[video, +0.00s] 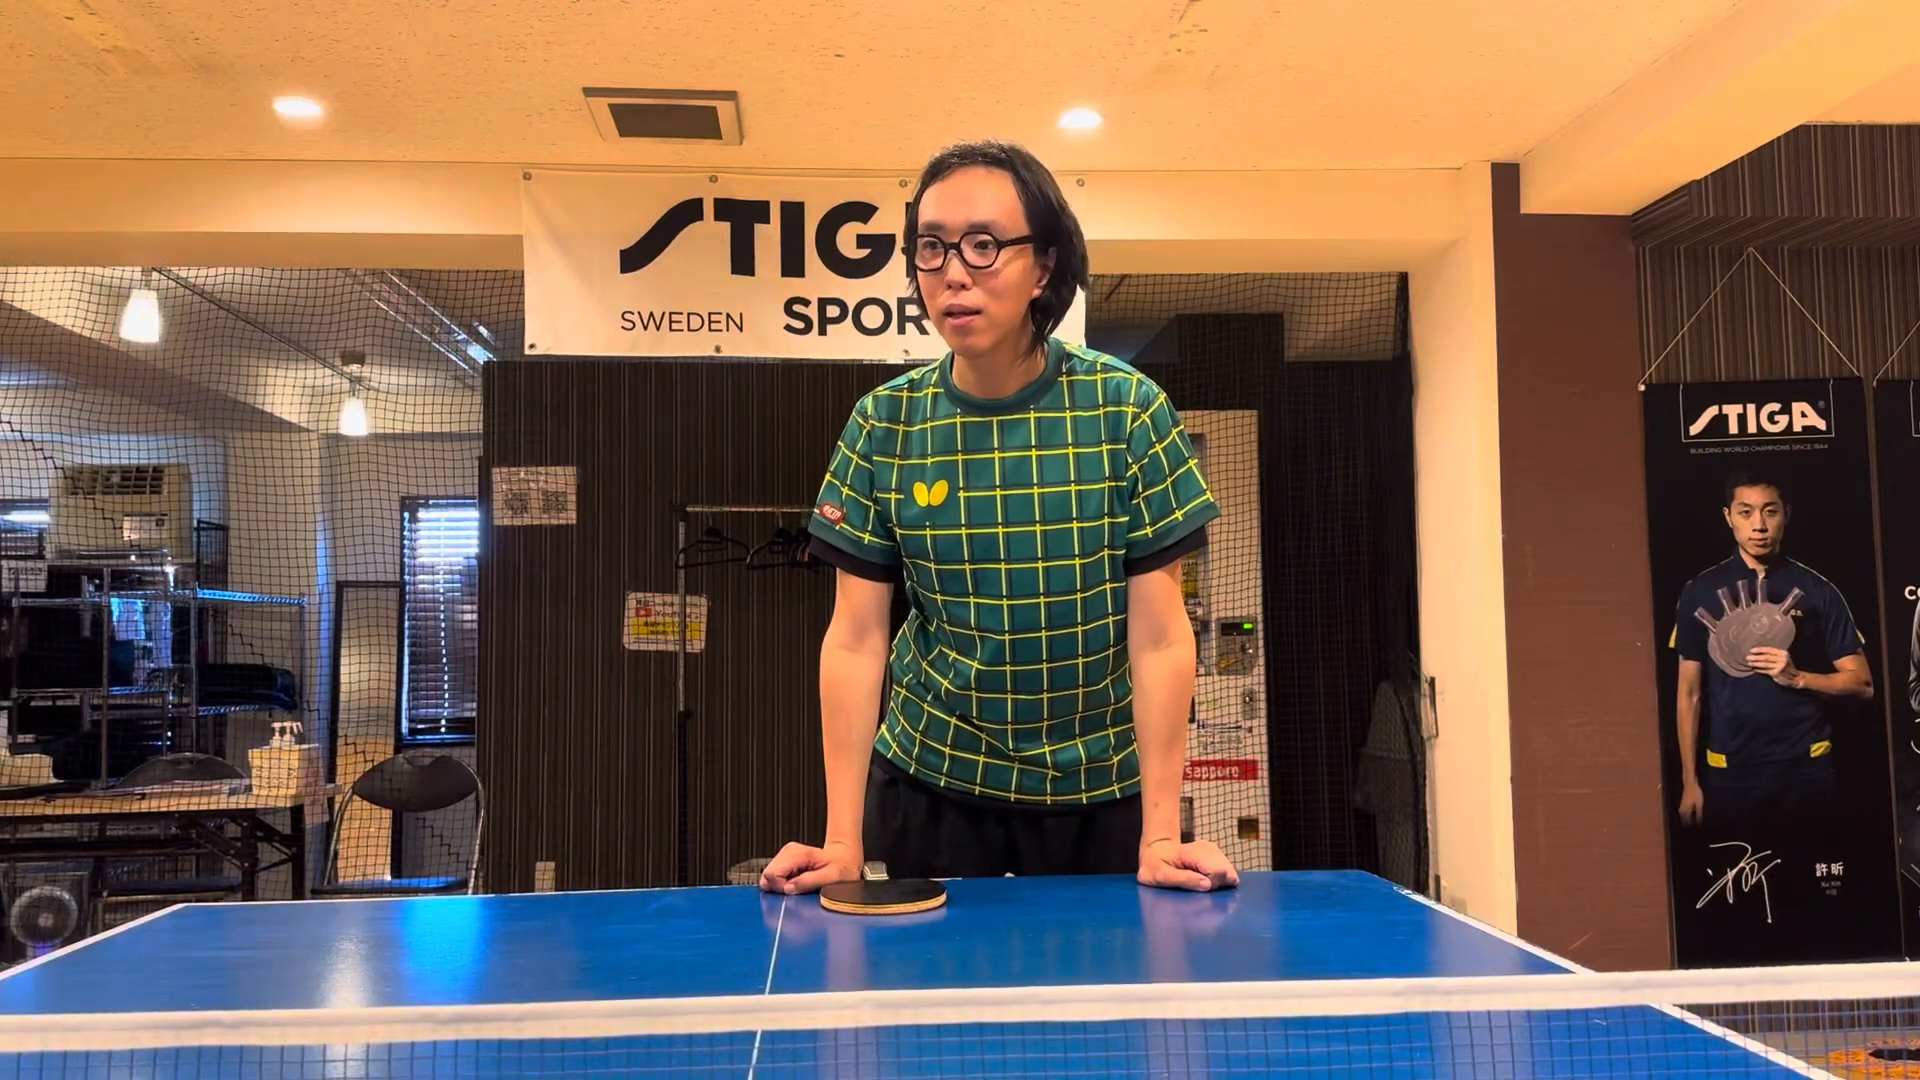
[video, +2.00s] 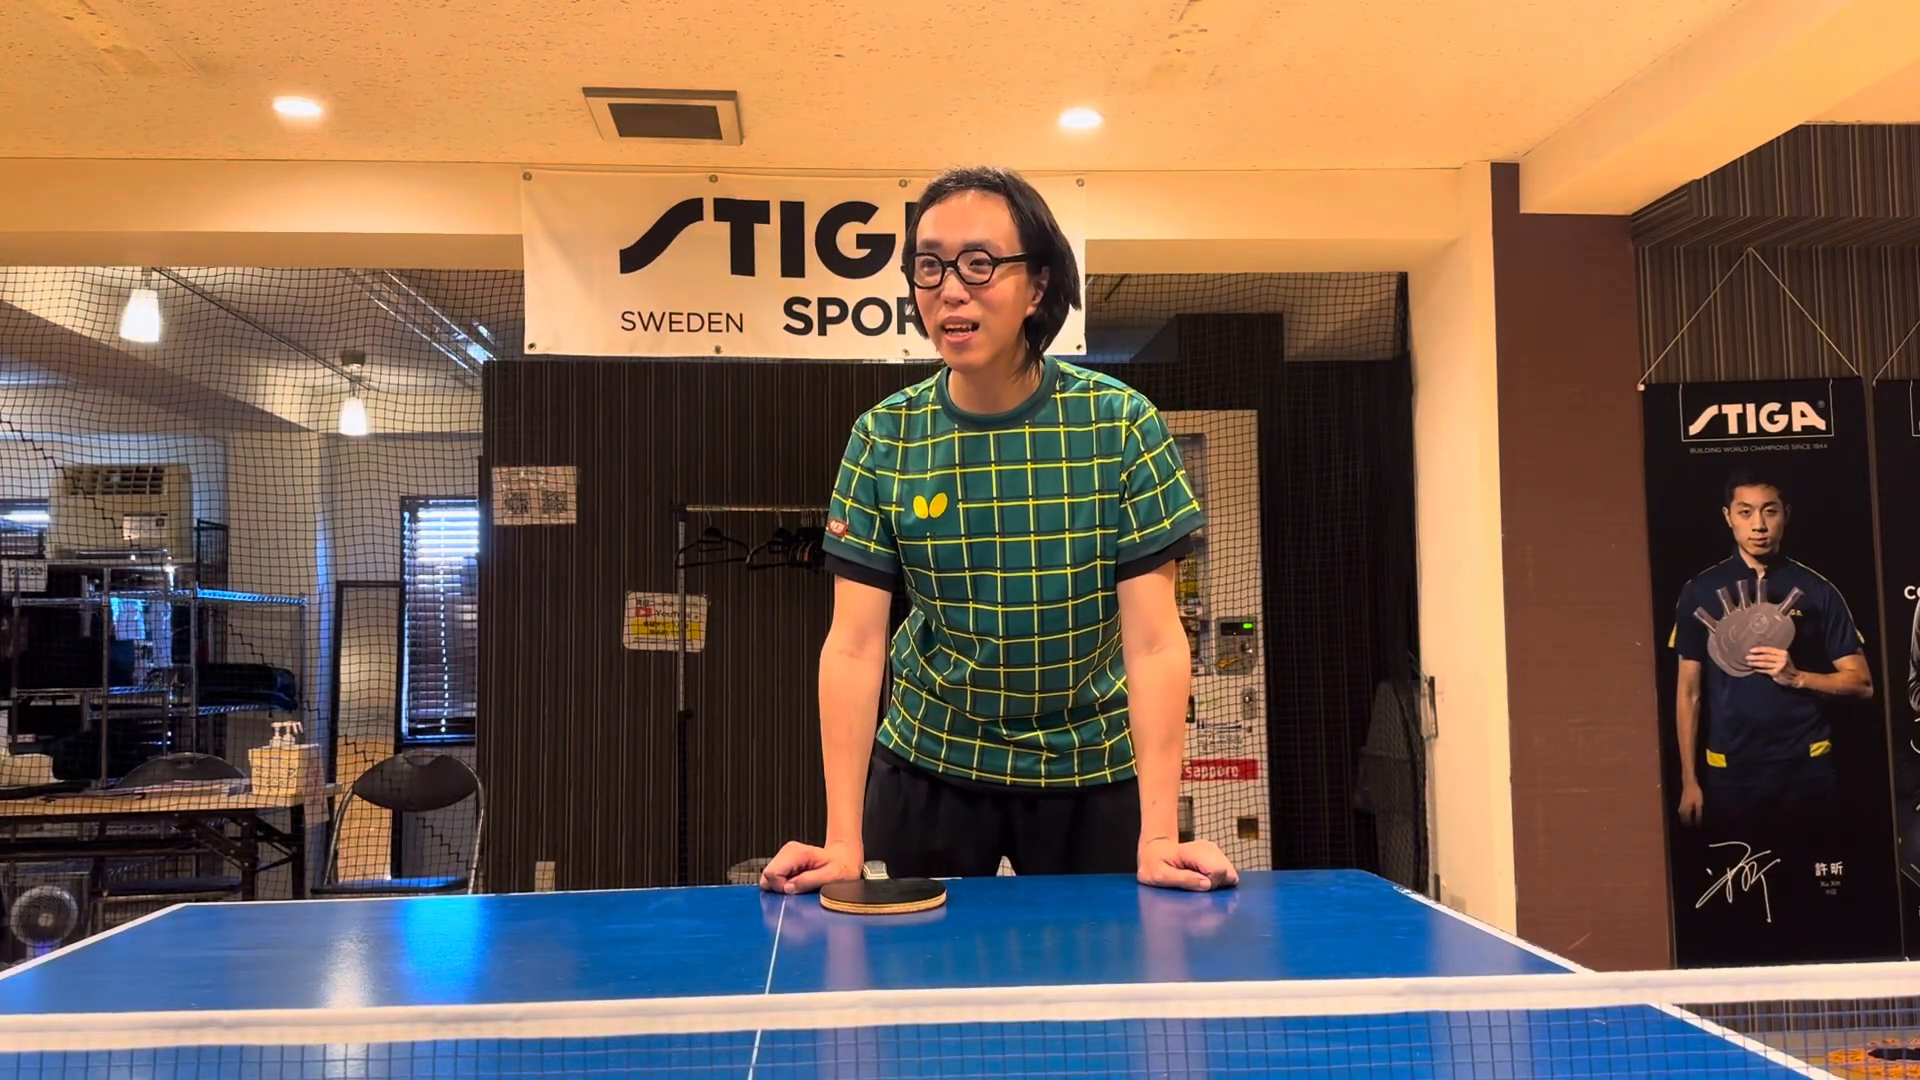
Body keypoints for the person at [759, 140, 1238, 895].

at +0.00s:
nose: (952, 272)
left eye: (984, 245)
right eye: (933, 246)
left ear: (1044, 269)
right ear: (915, 267)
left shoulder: (1124, 409)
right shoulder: (886, 420)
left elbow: (1160, 637)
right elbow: (855, 639)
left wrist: (1163, 835)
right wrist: (842, 843)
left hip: (1095, 816)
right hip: (927, 812)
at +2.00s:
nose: (949, 289)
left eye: (979, 263)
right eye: (931, 266)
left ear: (1037, 287)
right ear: (914, 287)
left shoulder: (1120, 426)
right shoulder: (886, 437)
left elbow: (1154, 642)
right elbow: (853, 646)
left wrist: (1161, 836)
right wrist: (842, 844)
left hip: (1090, 781)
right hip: (927, 778)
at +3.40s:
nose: (998, 247)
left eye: (1026, 226)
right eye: (979, 226)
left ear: (1069, 260)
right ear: (957, 254)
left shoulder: (1129, 418)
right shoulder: (912, 426)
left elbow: (1157, 615)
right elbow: (881, 629)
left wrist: (1143, 756)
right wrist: (903, 775)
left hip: (1099, 780)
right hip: (949, 780)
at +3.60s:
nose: (999, 245)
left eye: (1026, 225)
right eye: (980, 225)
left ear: (1070, 259)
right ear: (958, 254)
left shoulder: (1129, 418)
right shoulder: (913, 426)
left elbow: (1157, 615)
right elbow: (884, 626)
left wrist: (1147, 757)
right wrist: (903, 784)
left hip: (1099, 781)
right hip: (948, 781)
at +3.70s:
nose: (999, 247)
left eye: (1027, 226)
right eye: (980, 227)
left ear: (1070, 260)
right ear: (959, 255)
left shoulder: (1130, 420)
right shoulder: (914, 426)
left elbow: (1156, 616)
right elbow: (884, 627)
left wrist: (1141, 756)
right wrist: (903, 781)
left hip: (1099, 780)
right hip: (948, 780)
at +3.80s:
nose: (1001, 248)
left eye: (1029, 228)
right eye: (982, 228)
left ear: (1071, 260)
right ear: (960, 254)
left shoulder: (1129, 420)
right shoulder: (913, 426)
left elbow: (1154, 614)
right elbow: (882, 627)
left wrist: (1135, 751)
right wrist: (906, 763)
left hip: (1095, 776)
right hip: (948, 776)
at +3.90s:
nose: (1002, 249)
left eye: (1030, 228)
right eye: (983, 228)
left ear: (1072, 260)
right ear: (961, 253)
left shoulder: (1130, 420)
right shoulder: (913, 426)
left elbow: (1154, 613)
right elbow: (879, 628)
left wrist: (1129, 744)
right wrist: (908, 734)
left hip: (1096, 775)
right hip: (947, 773)